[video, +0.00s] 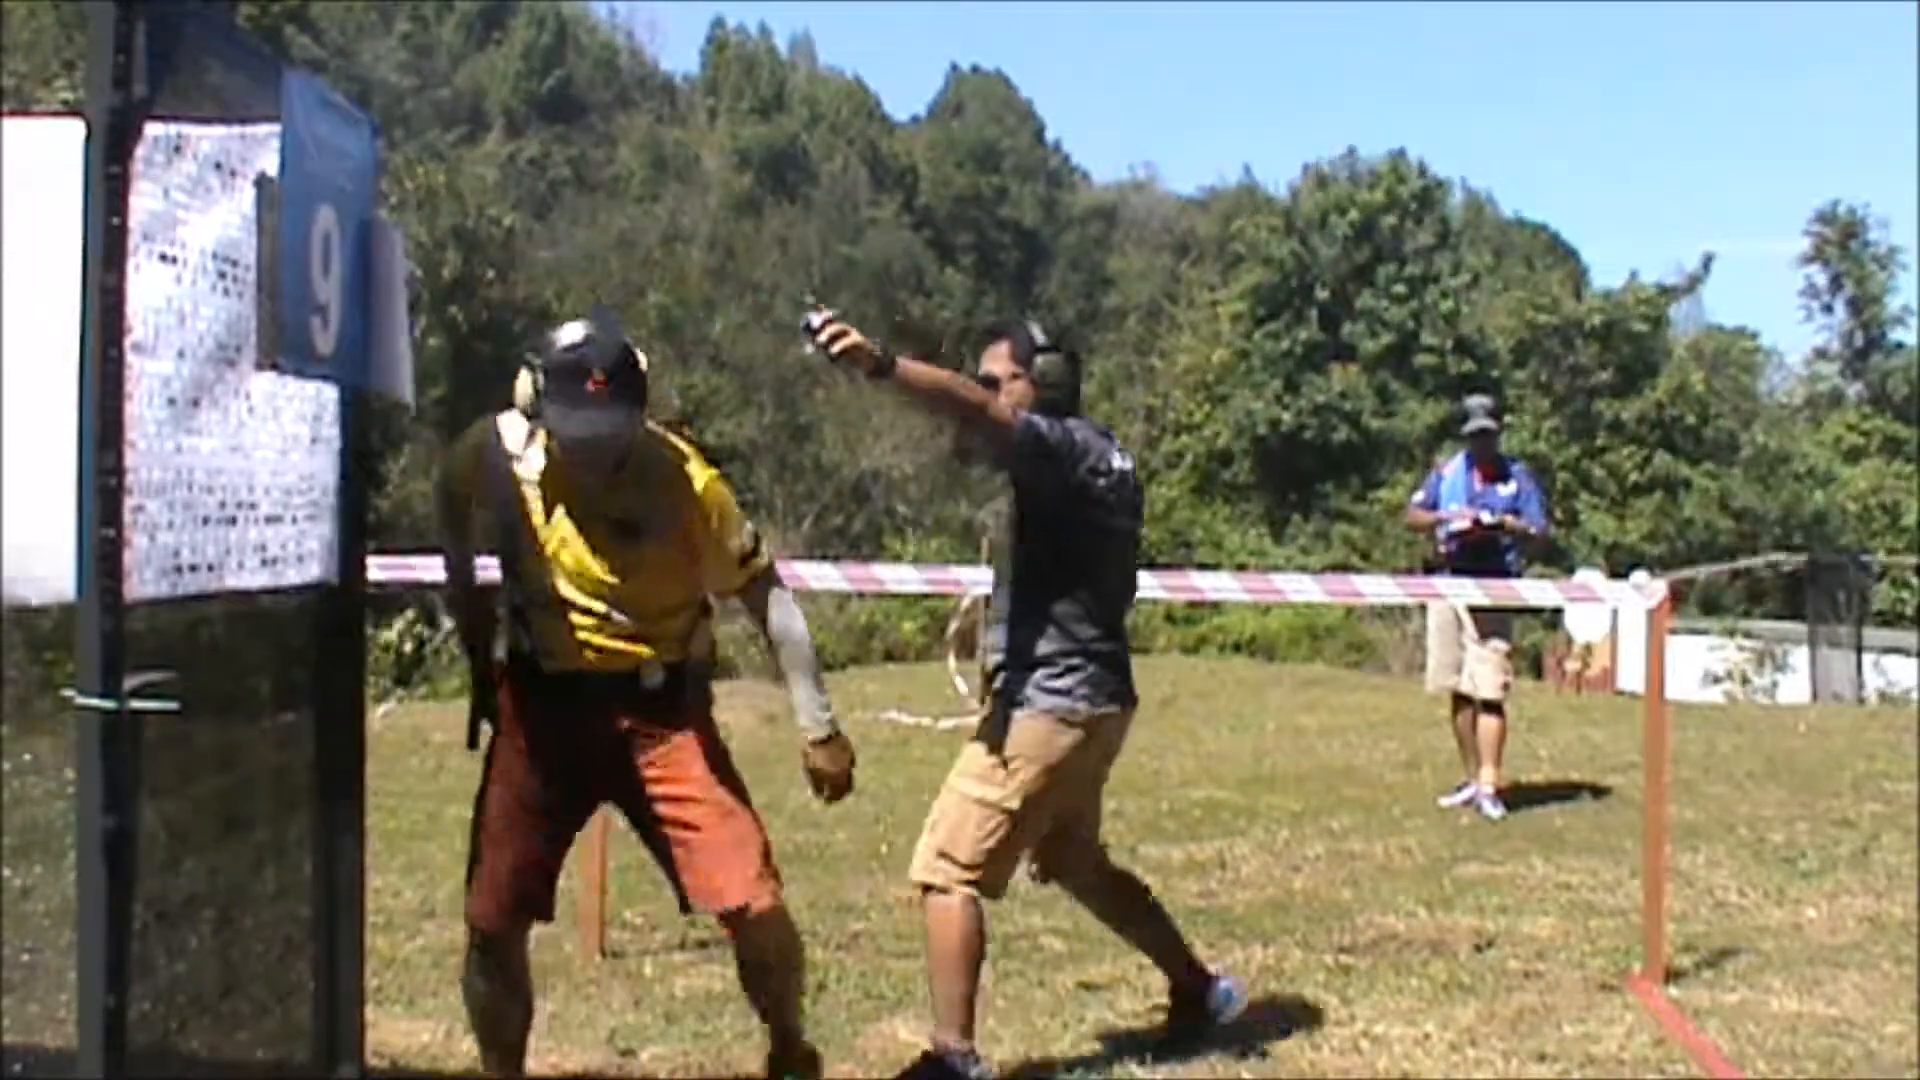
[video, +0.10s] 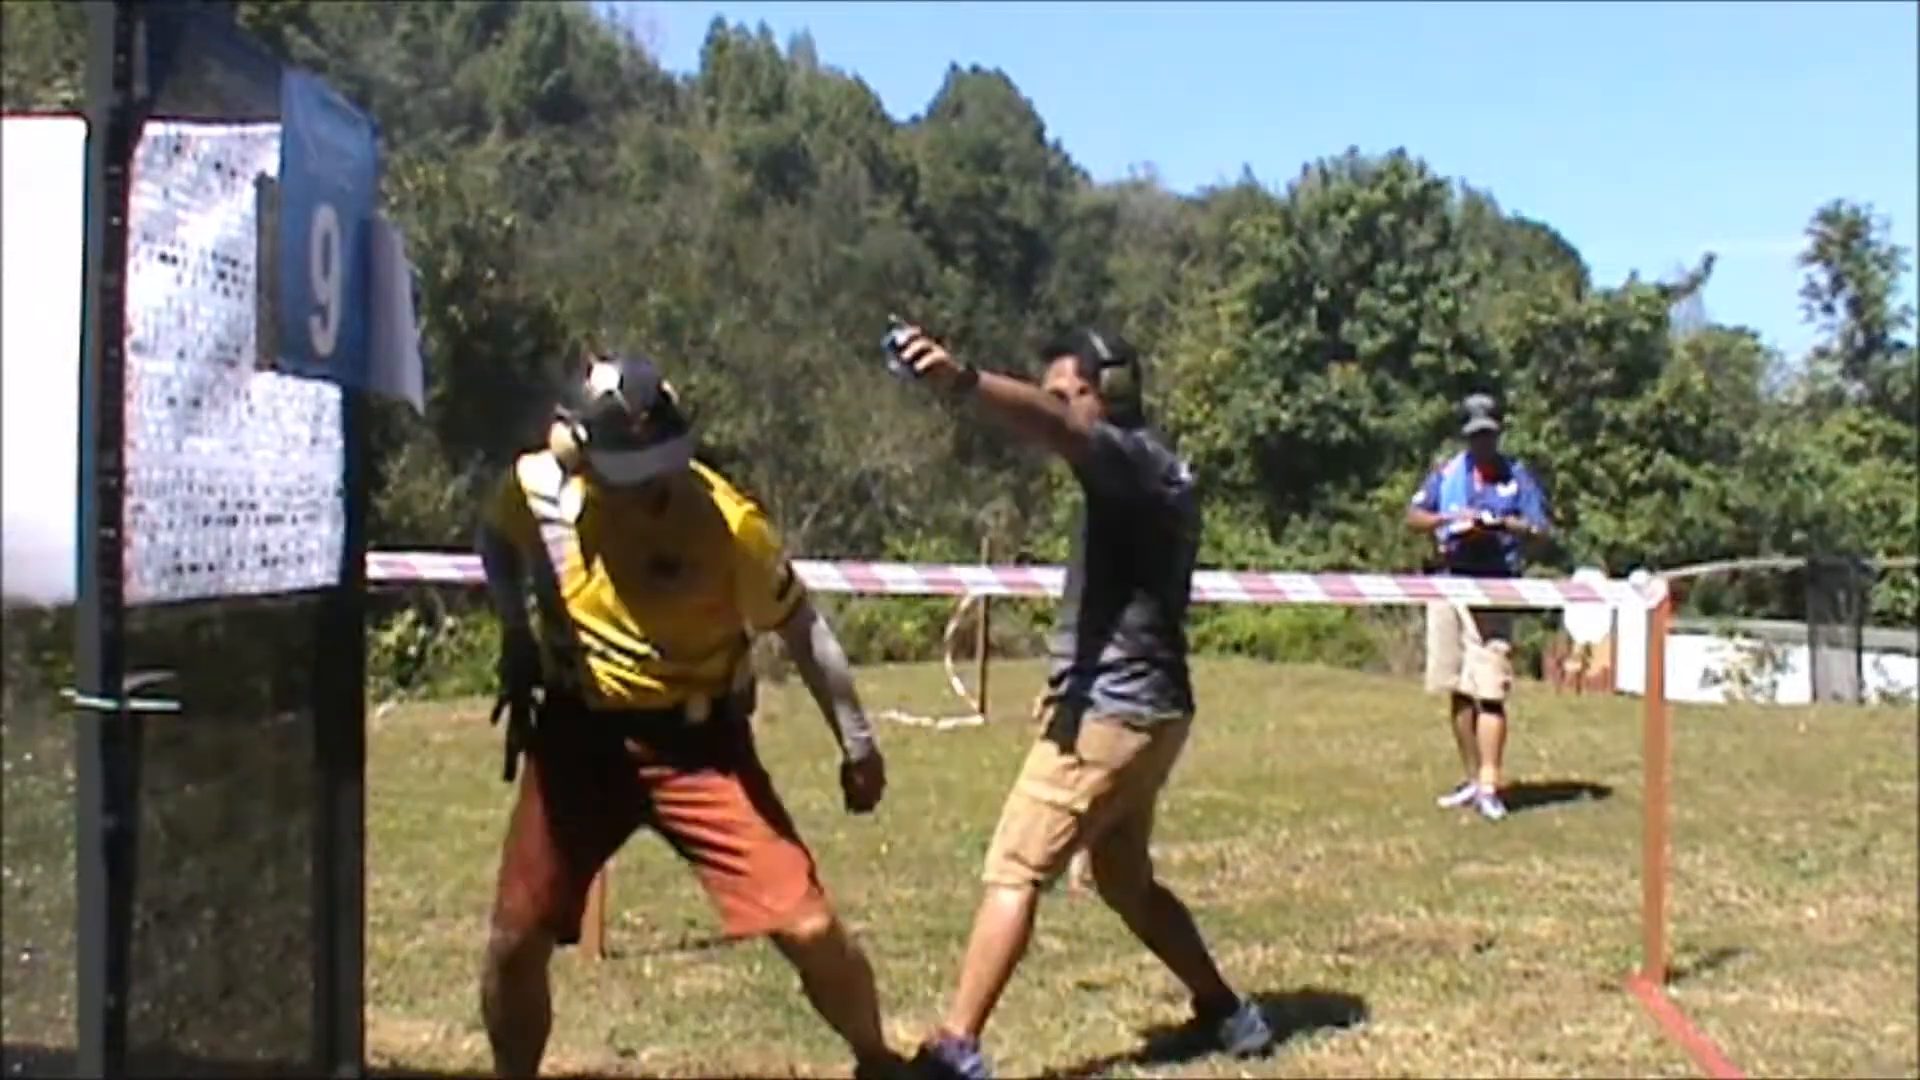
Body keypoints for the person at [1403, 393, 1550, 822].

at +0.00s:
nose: (1482, 443)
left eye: (1488, 435)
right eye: (1475, 436)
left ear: (1500, 435)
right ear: (1464, 437)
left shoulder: (1519, 478)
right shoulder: (1449, 472)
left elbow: (1541, 533)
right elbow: (1413, 514)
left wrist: (1508, 525)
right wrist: (1449, 519)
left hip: (1494, 589)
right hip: (1449, 588)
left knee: (1490, 690)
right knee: (1459, 689)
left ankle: (1489, 783)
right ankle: (1471, 776)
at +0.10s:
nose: (1482, 443)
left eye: (1489, 435)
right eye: (1475, 436)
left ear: (1499, 435)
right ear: (1464, 436)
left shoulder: (1518, 477)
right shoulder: (1448, 472)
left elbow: (1542, 532)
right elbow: (1414, 514)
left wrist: (1507, 525)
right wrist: (1452, 520)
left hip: (1495, 588)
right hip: (1449, 587)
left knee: (1491, 690)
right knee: (1459, 689)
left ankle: (1489, 783)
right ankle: (1471, 777)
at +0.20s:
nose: (1483, 442)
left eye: (1490, 434)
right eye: (1476, 435)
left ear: (1500, 435)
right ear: (1465, 436)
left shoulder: (1518, 478)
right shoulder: (1448, 472)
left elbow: (1542, 532)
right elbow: (1416, 515)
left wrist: (1507, 525)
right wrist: (1452, 522)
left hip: (1495, 588)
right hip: (1450, 587)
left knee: (1491, 690)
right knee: (1459, 690)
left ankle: (1490, 783)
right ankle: (1471, 776)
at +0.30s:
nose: (1484, 441)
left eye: (1490, 433)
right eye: (1477, 434)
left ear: (1501, 434)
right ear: (1466, 434)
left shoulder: (1518, 478)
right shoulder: (1448, 473)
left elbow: (1541, 529)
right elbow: (1418, 515)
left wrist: (1504, 524)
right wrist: (1454, 523)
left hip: (1498, 587)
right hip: (1453, 587)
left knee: (1495, 689)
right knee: (1460, 689)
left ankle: (1494, 783)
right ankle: (1473, 778)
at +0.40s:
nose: (1485, 439)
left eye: (1491, 431)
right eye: (1478, 432)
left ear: (1502, 432)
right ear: (1467, 432)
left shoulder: (1519, 477)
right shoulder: (1448, 473)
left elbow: (1541, 529)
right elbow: (1419, 516)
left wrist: (1505, 525)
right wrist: (1457, 524)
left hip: (1501, 587)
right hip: (1455, 587)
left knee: (1501, 688)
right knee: (1462, 688)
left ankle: (1499, 782)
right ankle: (1474, 778)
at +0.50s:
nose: (1488, 437)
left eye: (1495, 428)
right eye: (1481, 429)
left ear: (1506, 431)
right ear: (1471, 431)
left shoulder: (1524, 477)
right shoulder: (1452, 473)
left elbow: (1543, 527)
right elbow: (1426, 517)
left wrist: (1506, 525)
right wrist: (1463, 525)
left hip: (1508, 587)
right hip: (1461, 587)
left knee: (1515, 684)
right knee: (1466, 688)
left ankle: (1520, 778)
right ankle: (1477, 778)